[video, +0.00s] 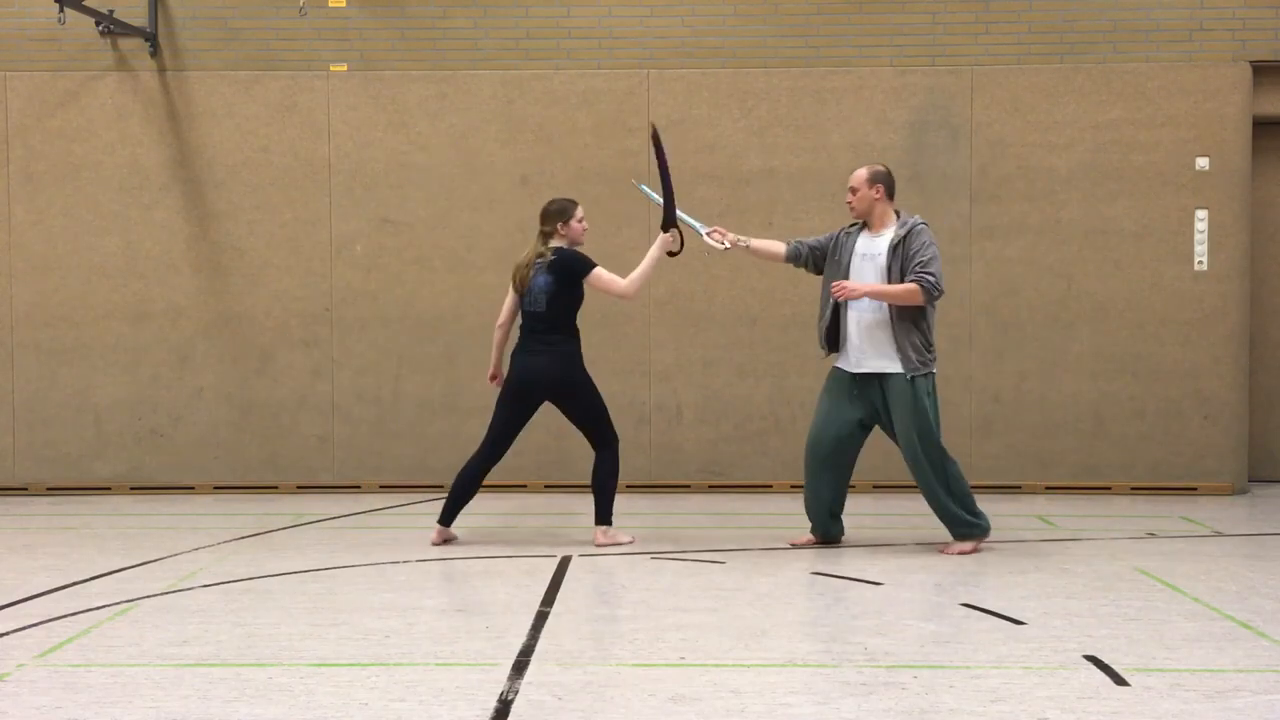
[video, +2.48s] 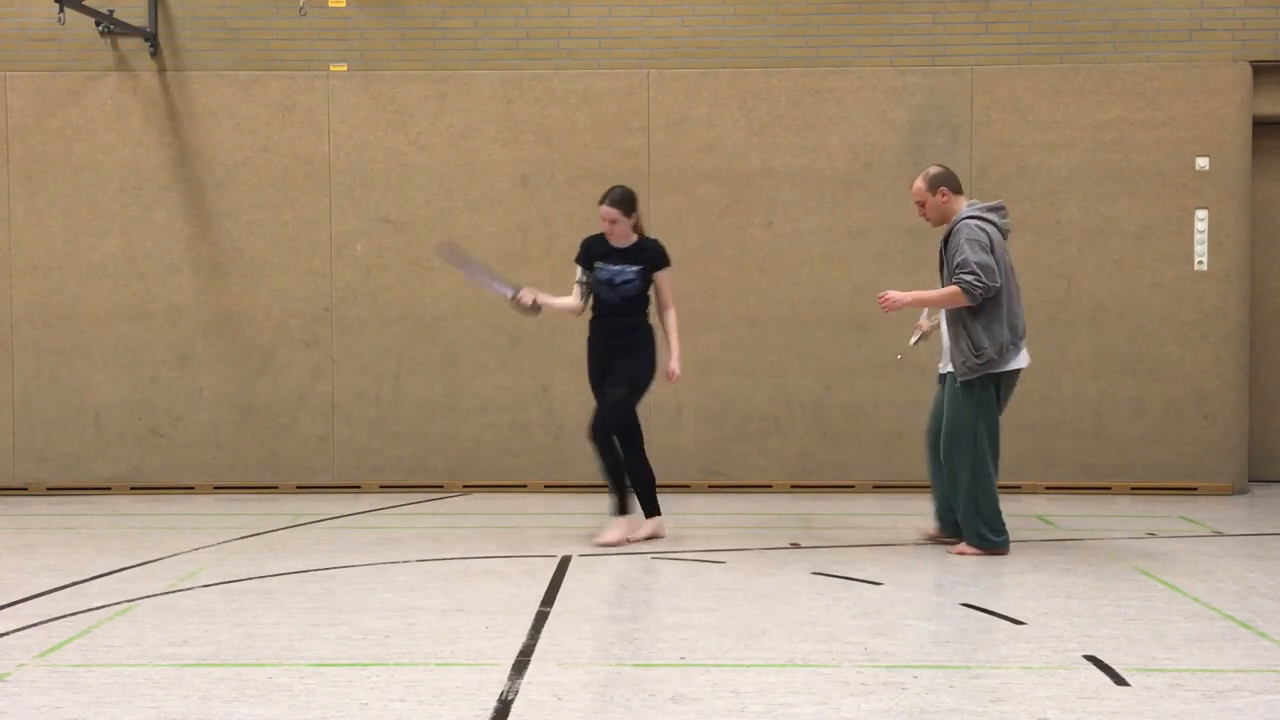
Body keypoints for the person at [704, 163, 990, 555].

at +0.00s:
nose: (847, 199)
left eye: (853, 191)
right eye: (847, 192)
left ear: (879, 193)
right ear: (872, 195)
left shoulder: (914, 234)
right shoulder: (845, 240)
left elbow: (927, 290)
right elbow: (795, 251)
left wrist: (866, 290)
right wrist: (737, 241)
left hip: (902, 371)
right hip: (849, 370)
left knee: (925, 454)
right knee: (823, 448)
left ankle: (971, 531)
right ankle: (825, 530)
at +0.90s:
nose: (853, 201)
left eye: (859, 194)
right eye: (852, 195)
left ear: (884, 194)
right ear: (875, 195)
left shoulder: (920, 235)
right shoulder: (852, 242)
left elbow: (934, 293)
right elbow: (815, 270)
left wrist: (874, 297)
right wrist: (768, 270)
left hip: (911, 372)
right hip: (858, 372)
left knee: (935, 453)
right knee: (828, 440)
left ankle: (974, 535)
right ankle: (826, 530)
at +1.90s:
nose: (856, 212)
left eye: (861, 205)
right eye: (854, 205)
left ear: (886, 201)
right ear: (876, 203)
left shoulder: (927, 237)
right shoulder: (857, 245)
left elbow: (945, 296)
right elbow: (832, 290)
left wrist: (891, 300)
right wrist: (803, 313)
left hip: (912, 370)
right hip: (861, 371)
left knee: (925, 451)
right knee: (833, 443)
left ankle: (970, 529)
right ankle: (826, 529)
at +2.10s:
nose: (879, 218)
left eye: (884, 210)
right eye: (878, 210)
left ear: (909, 205)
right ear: (900, 206)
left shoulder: (950, 242)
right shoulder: (886, 249)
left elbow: (961, 303)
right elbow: (865, 302)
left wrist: (901, 303)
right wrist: (833, 333)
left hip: (930, 373)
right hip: (885, 372)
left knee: (925, 453)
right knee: (851, 445)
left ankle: (982, 531)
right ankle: (828, 529)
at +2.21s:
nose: (895, 218)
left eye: (899, 210)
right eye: (892, 210)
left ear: (923, 203)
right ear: (917, 205)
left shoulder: (962, 240)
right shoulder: (910, 247)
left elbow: (970, 300)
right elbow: (898, 310)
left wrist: (903, 302)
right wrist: (863, 343)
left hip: (946, 373)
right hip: (906, 373)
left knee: (940, 459)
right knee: (877, 450)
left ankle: (987, 537)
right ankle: (840, 523)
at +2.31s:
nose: (906, 216)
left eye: (909, 207)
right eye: (903, 208)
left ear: (933, 199)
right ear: (929, 201)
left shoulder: (968, 236)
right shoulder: (932, 244)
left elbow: (973, 297)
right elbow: (929, 308)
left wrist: (909, 299)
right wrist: (891, 340)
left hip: (959, 370)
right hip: (928, 369)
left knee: (949, 456)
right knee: (902, 447)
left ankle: (988, 539)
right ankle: (873, 524)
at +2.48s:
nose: (920, 212)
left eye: (921, 204)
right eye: (917, 205)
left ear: (944, 195)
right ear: (943, 195)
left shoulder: (969, 230)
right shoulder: (966, 228)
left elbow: (976, 288)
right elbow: (973, 293)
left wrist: (911, 298)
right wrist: (938, 315)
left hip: (982, 363)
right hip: (963, 361)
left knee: (966, 445)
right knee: (940, 437)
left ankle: (988, 538)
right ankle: (952, 526)